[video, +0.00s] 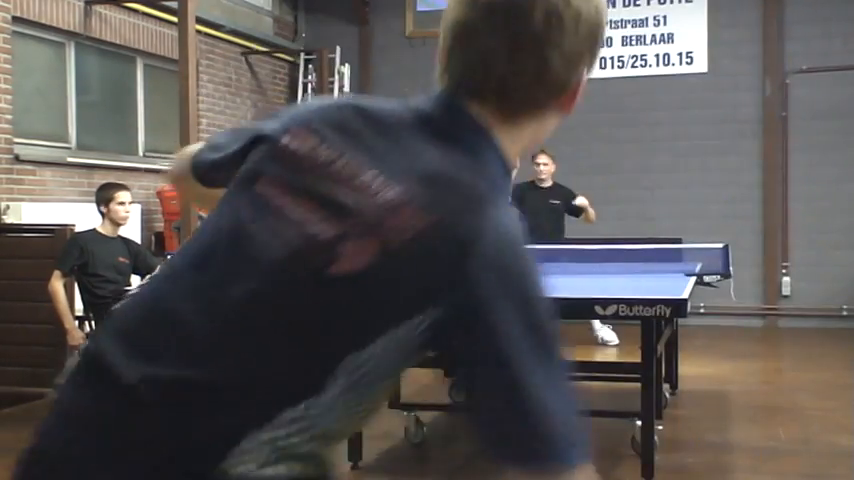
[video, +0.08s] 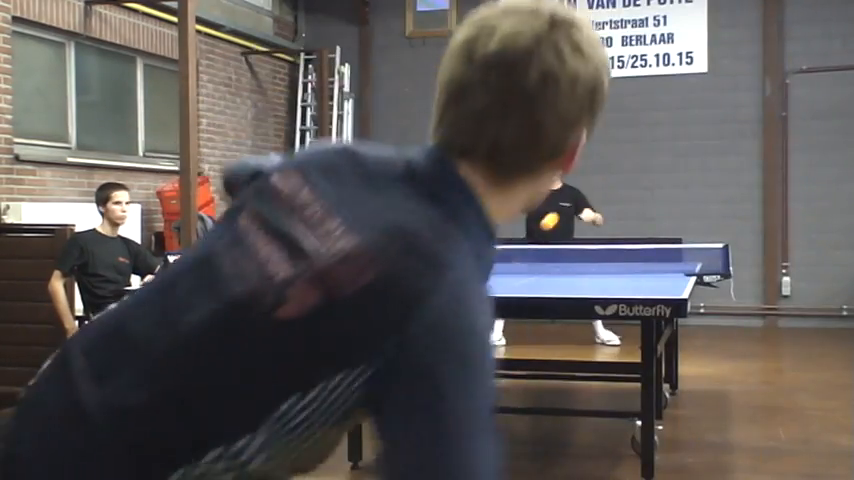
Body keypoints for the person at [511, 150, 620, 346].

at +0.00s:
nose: (540, 168)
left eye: (545, 164)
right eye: (537, 164)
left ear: (554, 167)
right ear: (532, 167)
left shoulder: (562, 192)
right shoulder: (520, 191)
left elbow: (590, 220)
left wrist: (587, 208)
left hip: (557, 252)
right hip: (528, 252)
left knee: (581, 283)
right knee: (521, 289)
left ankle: (598, 325)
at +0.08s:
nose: (552, 174)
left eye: (555, 169)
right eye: (548, 169)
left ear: (560, 171)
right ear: (538, 171)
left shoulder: (571, 194)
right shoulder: (531, 192)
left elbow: (592, 217)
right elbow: (519, 208)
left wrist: (593, 217)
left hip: (565, 254)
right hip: (533, 253)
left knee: (586, 285)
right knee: (508, 282)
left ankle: (599, 329)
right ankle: (497, 328)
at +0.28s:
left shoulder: (590, 187)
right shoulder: (547, 191)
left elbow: (614, 213)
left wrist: (606, 229)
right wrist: (533, 246)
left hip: (587, 256)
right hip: (552, 255)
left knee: (600, 284)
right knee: (527, 277)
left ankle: (602, 328)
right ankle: (525, 326)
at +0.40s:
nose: (569, 165)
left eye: (573, 161)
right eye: (565, 162)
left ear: (580, 163)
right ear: (559, 165)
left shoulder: (594, 186)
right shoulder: (554, 189)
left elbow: (617, 211)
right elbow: (540, 215)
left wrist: (610, 230)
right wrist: (535, 222)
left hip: (592, 250)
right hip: (561, 251)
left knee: (604, 284)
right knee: (544, 283)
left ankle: (603, 328)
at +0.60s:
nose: (565, 171)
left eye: (569, 167)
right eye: (562, 167)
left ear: (577, 168)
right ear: (557, 170)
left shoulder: (593, 188)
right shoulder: (554, 194)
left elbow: (617, 213)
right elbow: (546, 220)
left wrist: (601, 234)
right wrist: (540, 233)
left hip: (595, 252)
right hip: (566, 254)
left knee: (613, 286)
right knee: (541, 279)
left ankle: (631, 327)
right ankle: (545, 327)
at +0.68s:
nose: (564, 180)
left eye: (567, 175)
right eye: (560, 176)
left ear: (576, 177)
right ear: (556, 180)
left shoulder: (589, 196)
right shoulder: (558, 202)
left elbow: (612, 225)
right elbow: (554, 230)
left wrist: (585, 241)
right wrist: (541, 239)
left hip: (595, 258)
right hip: (566, 260)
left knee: (612, 290)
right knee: (539, 280)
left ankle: (636, 328)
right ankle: (545, 327)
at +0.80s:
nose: (559, 189)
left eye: (562, 184)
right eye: (555, 186)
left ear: (572, 183)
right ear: (552, 189)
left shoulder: (586, 202)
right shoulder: (562, 206)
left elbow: (589, 235)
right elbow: (564, 235)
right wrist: (539, 240)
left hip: (599, 257)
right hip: (575, 258)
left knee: (613, 292)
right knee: (544, 280)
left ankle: (637, 328)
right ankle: (546, 326)